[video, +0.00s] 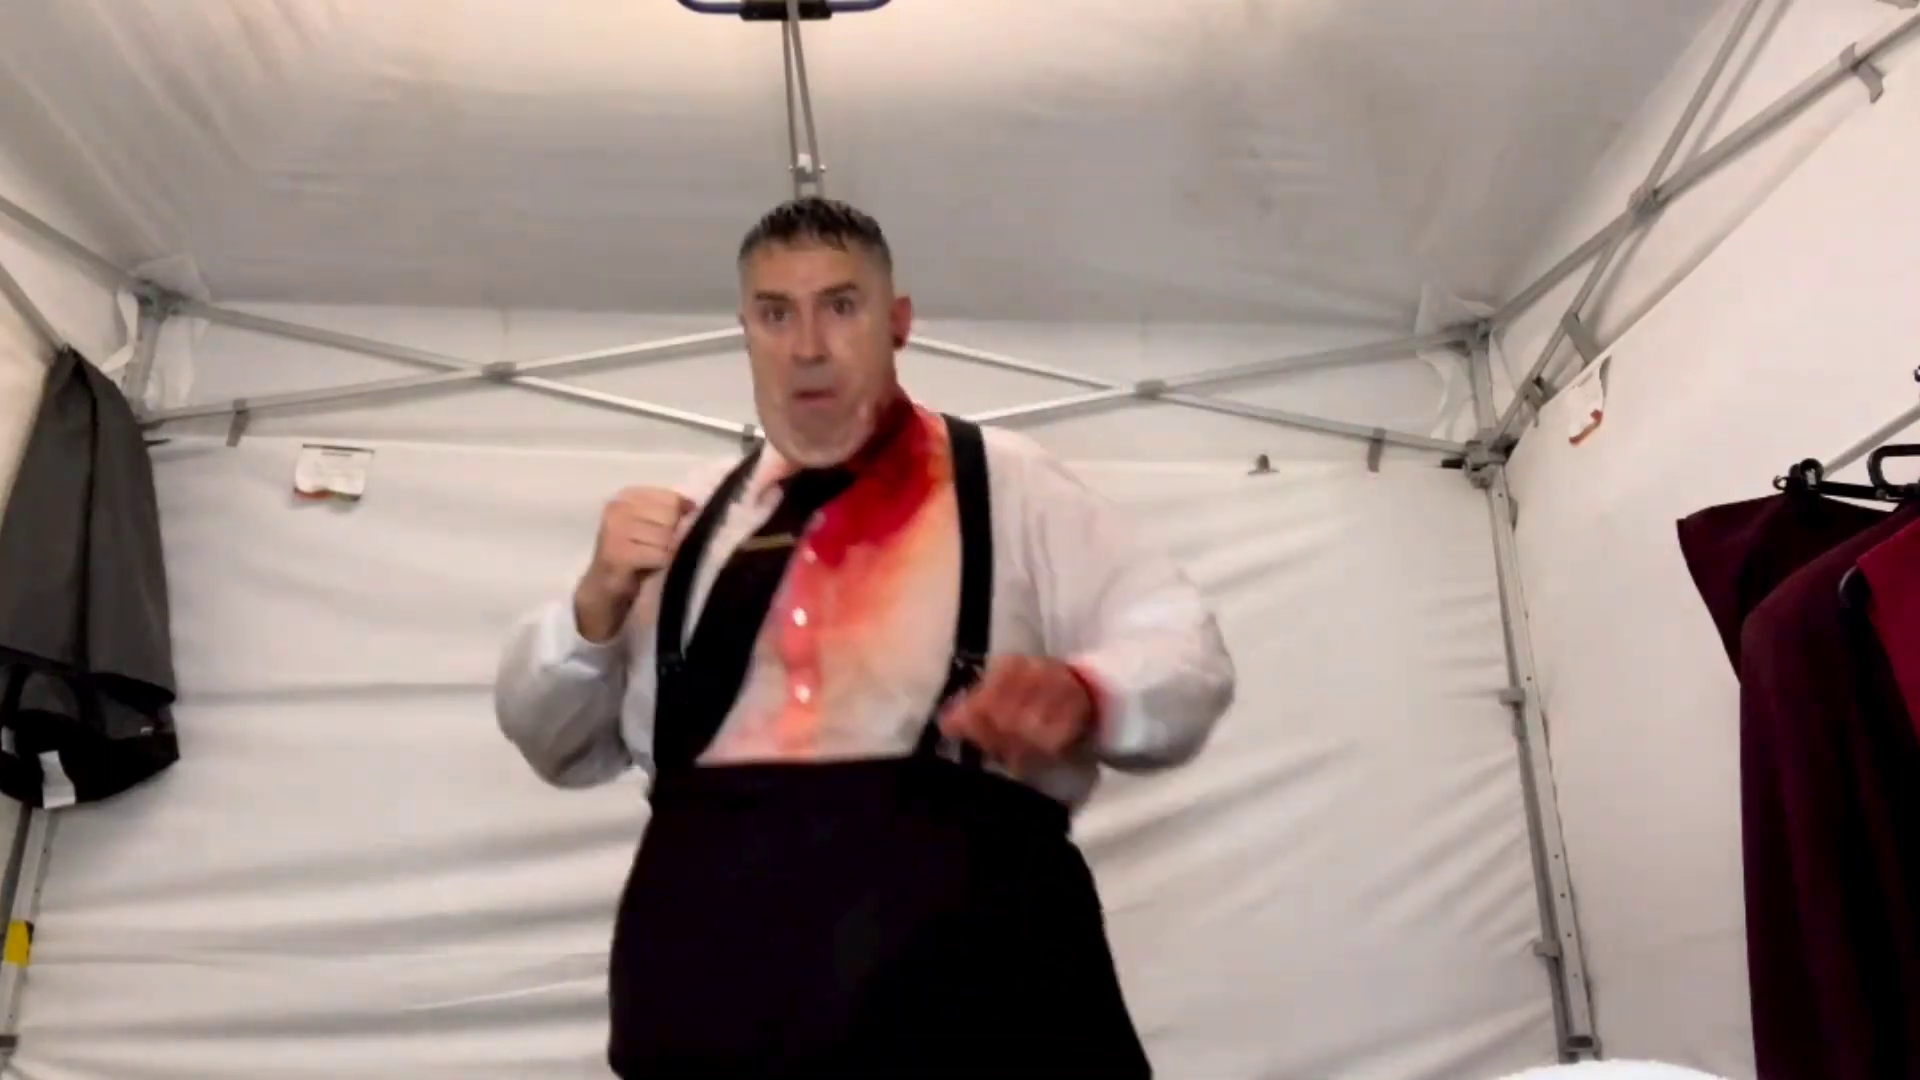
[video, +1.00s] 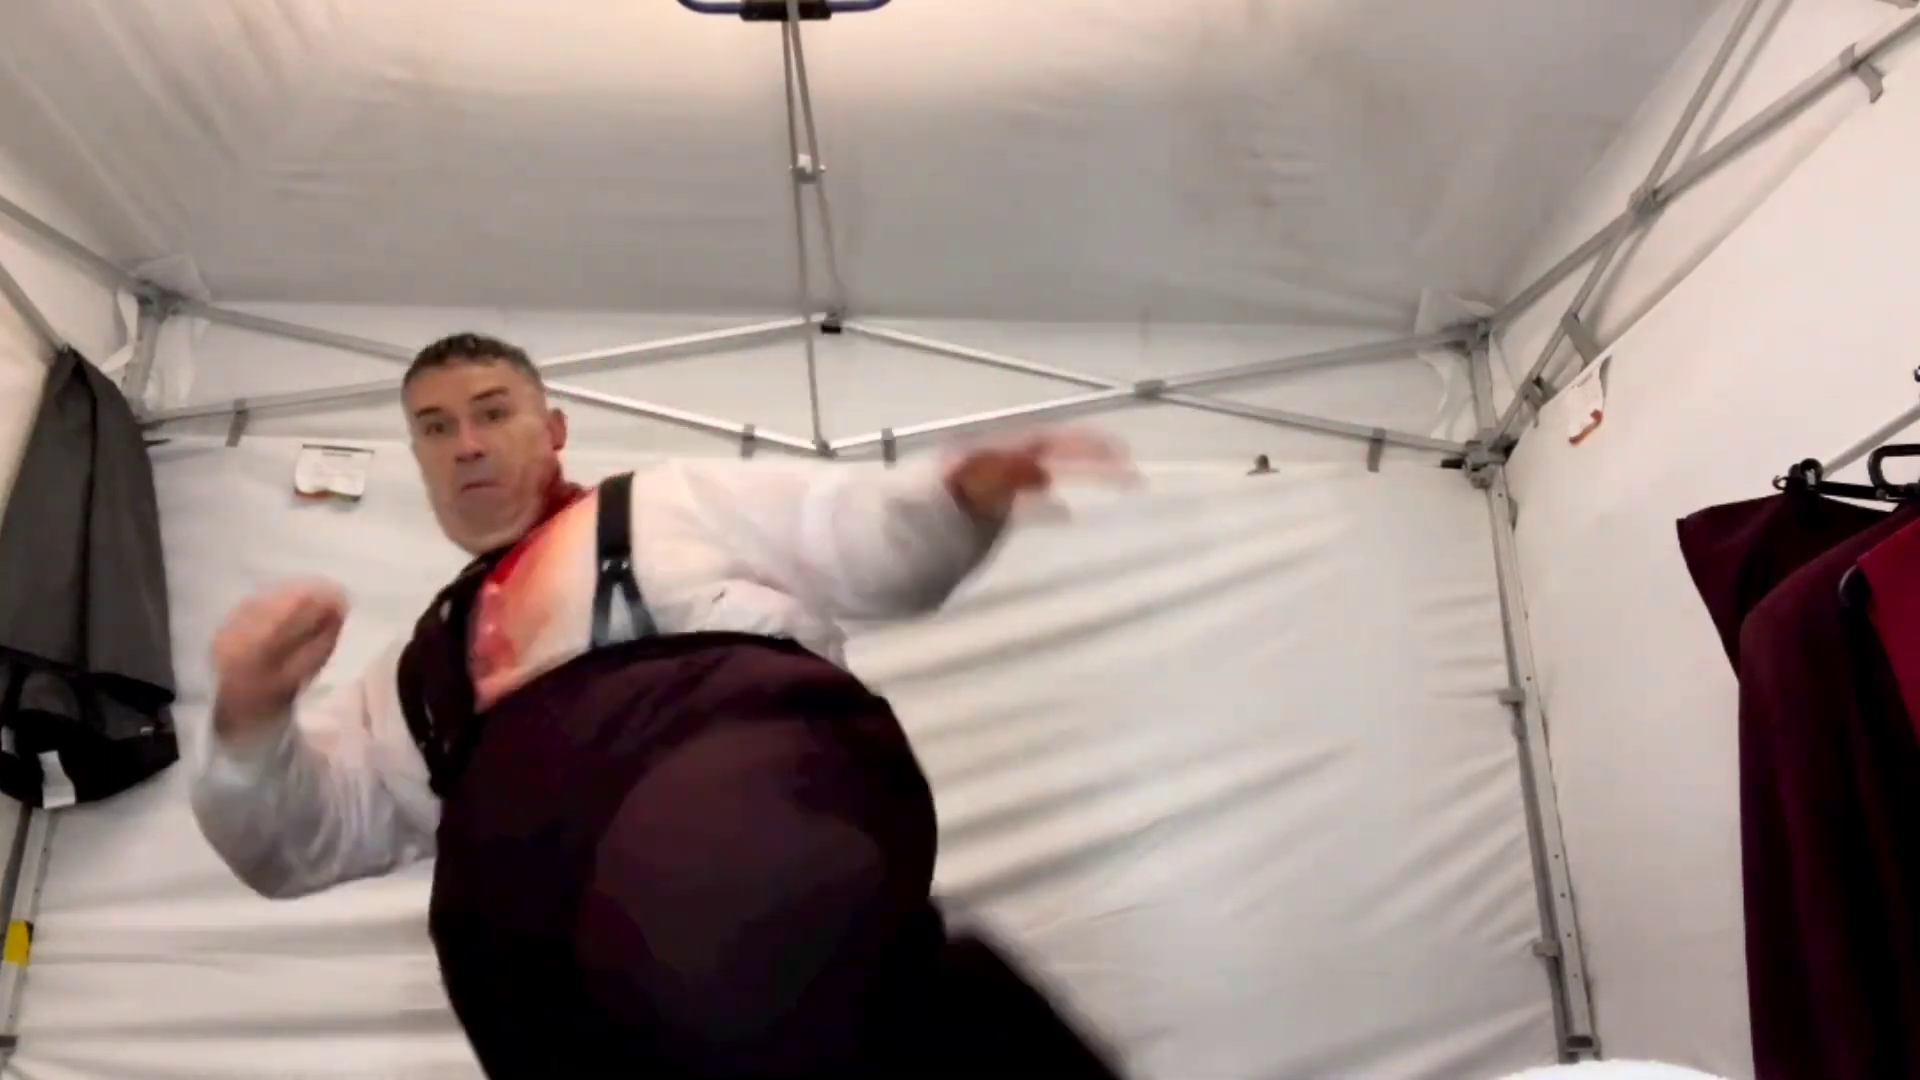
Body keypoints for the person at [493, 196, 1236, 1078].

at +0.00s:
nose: (807, 346)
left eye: (839, 308)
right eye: (775, 313)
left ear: (897, 324)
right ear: (746, 337)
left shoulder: (1010, 488)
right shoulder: (688, 527)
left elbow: (1187, 656)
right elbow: (557, 746)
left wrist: (1087, 696)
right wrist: (595, 609)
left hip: (952, 924)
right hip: (717, 935)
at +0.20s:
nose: (731, 355)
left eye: (762, 320)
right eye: (700, 325)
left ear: (814, 336)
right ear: (669, 345)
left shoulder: (917, 483)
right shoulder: (624, 515)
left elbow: (1082, 644)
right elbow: (524, 742)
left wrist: (961, 643)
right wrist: (531, 656)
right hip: (646, 924)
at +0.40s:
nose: (660, 463)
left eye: (690, 427)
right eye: (630, 430)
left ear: (743, 440)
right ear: (602, 446)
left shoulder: (840, 588)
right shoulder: (545, 606)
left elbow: (971, 749)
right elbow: (438, 823)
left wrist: (881, 823)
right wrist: (467, 799)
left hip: (775, 989)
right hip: (564, 987)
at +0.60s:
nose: (649, 430)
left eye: (679, 397)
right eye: (620, 398)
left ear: (728, 413)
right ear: (587, 417)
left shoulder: (824, 562)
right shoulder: (524, 568)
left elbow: (962, 716)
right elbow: (398, 784)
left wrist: (873, 779)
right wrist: (431, 691)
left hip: (744, 966)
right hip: (530, 962)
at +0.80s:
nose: (569, 394)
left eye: (598, 362)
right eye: (540, 374)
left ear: (659, 385)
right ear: (519, 411)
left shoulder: (748, 515)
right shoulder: (514, 604)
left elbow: (833, 425)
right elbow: (463, 796)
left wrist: (629, 291)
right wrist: (421, 913)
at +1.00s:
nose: (464, 442)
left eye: (490, 413)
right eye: (434, 428)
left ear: (552, 433)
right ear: (416, 466)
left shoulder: (667, 498)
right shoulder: (413, 677)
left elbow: (850, 535)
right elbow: (296, 844)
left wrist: (958, 499)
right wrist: (246, 727)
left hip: (721, 736)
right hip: (516, 852)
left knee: (728, 909)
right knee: (560, 1034)